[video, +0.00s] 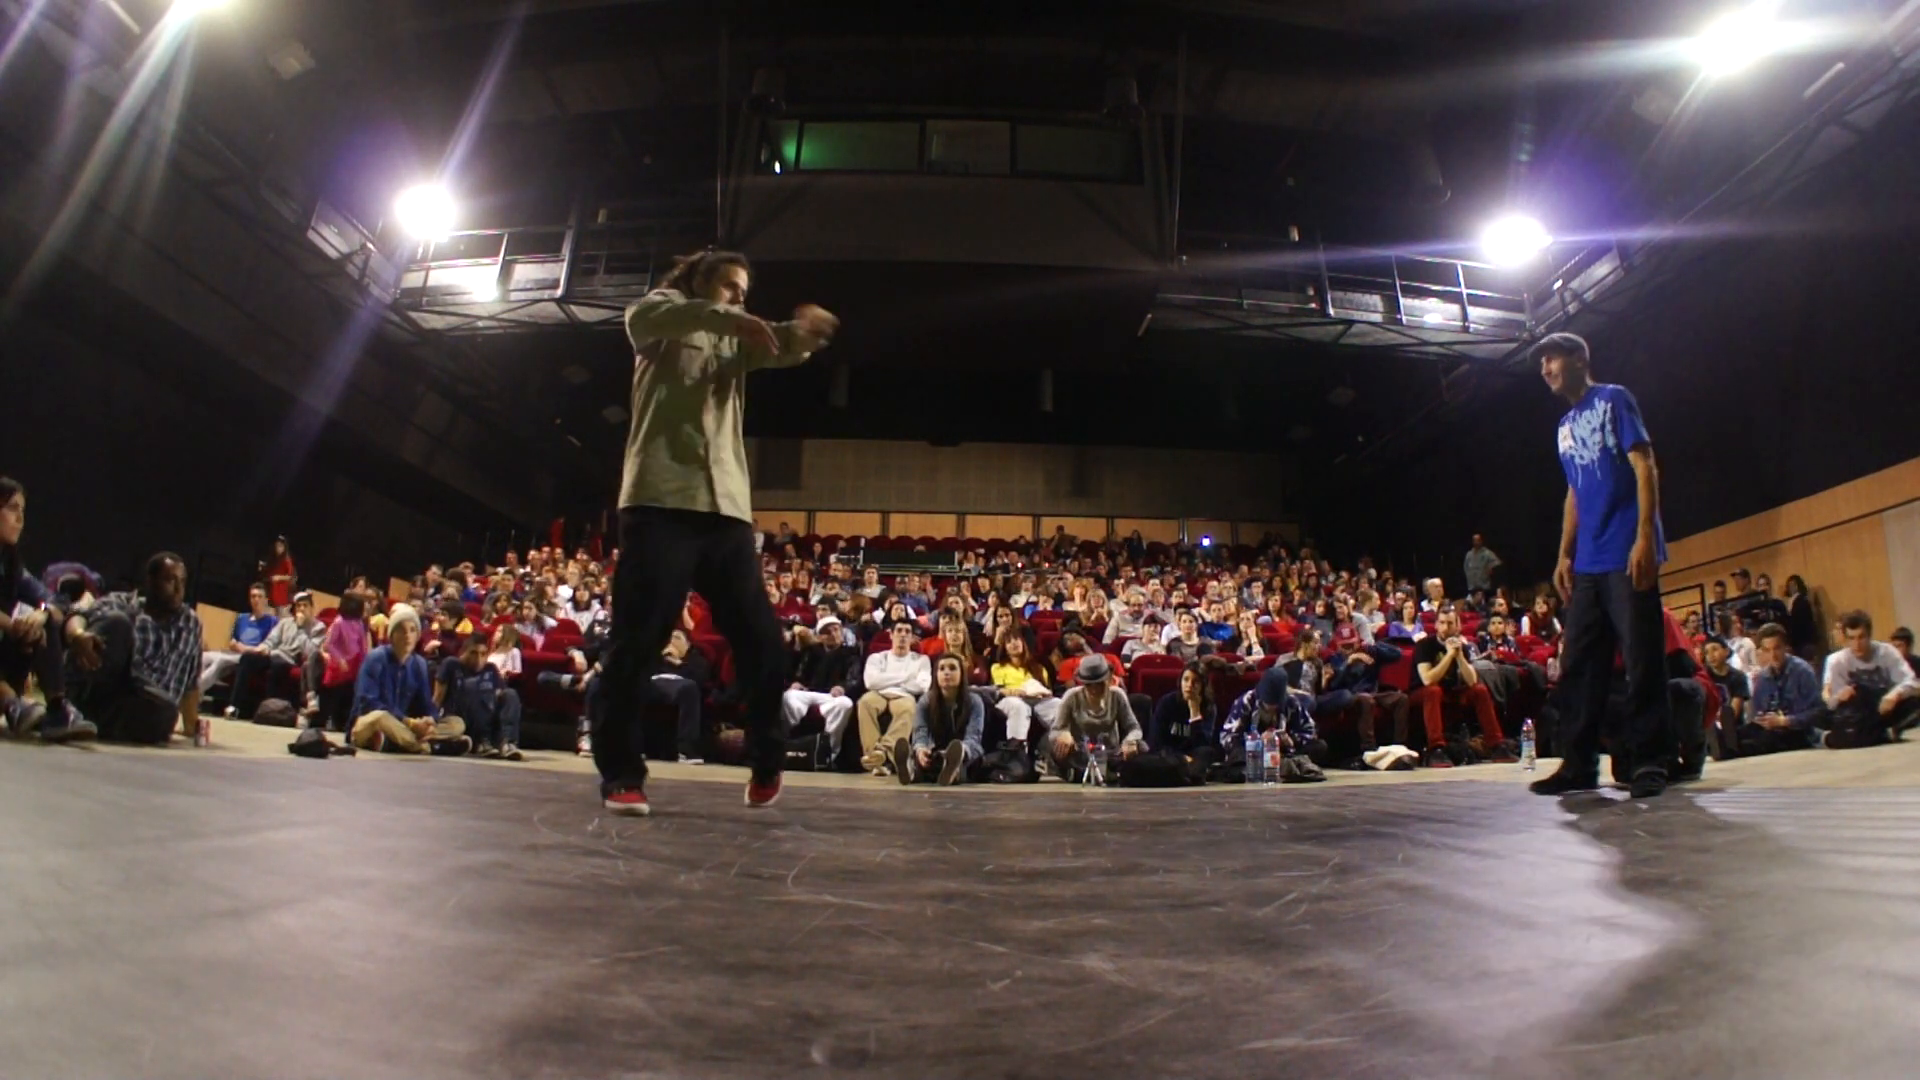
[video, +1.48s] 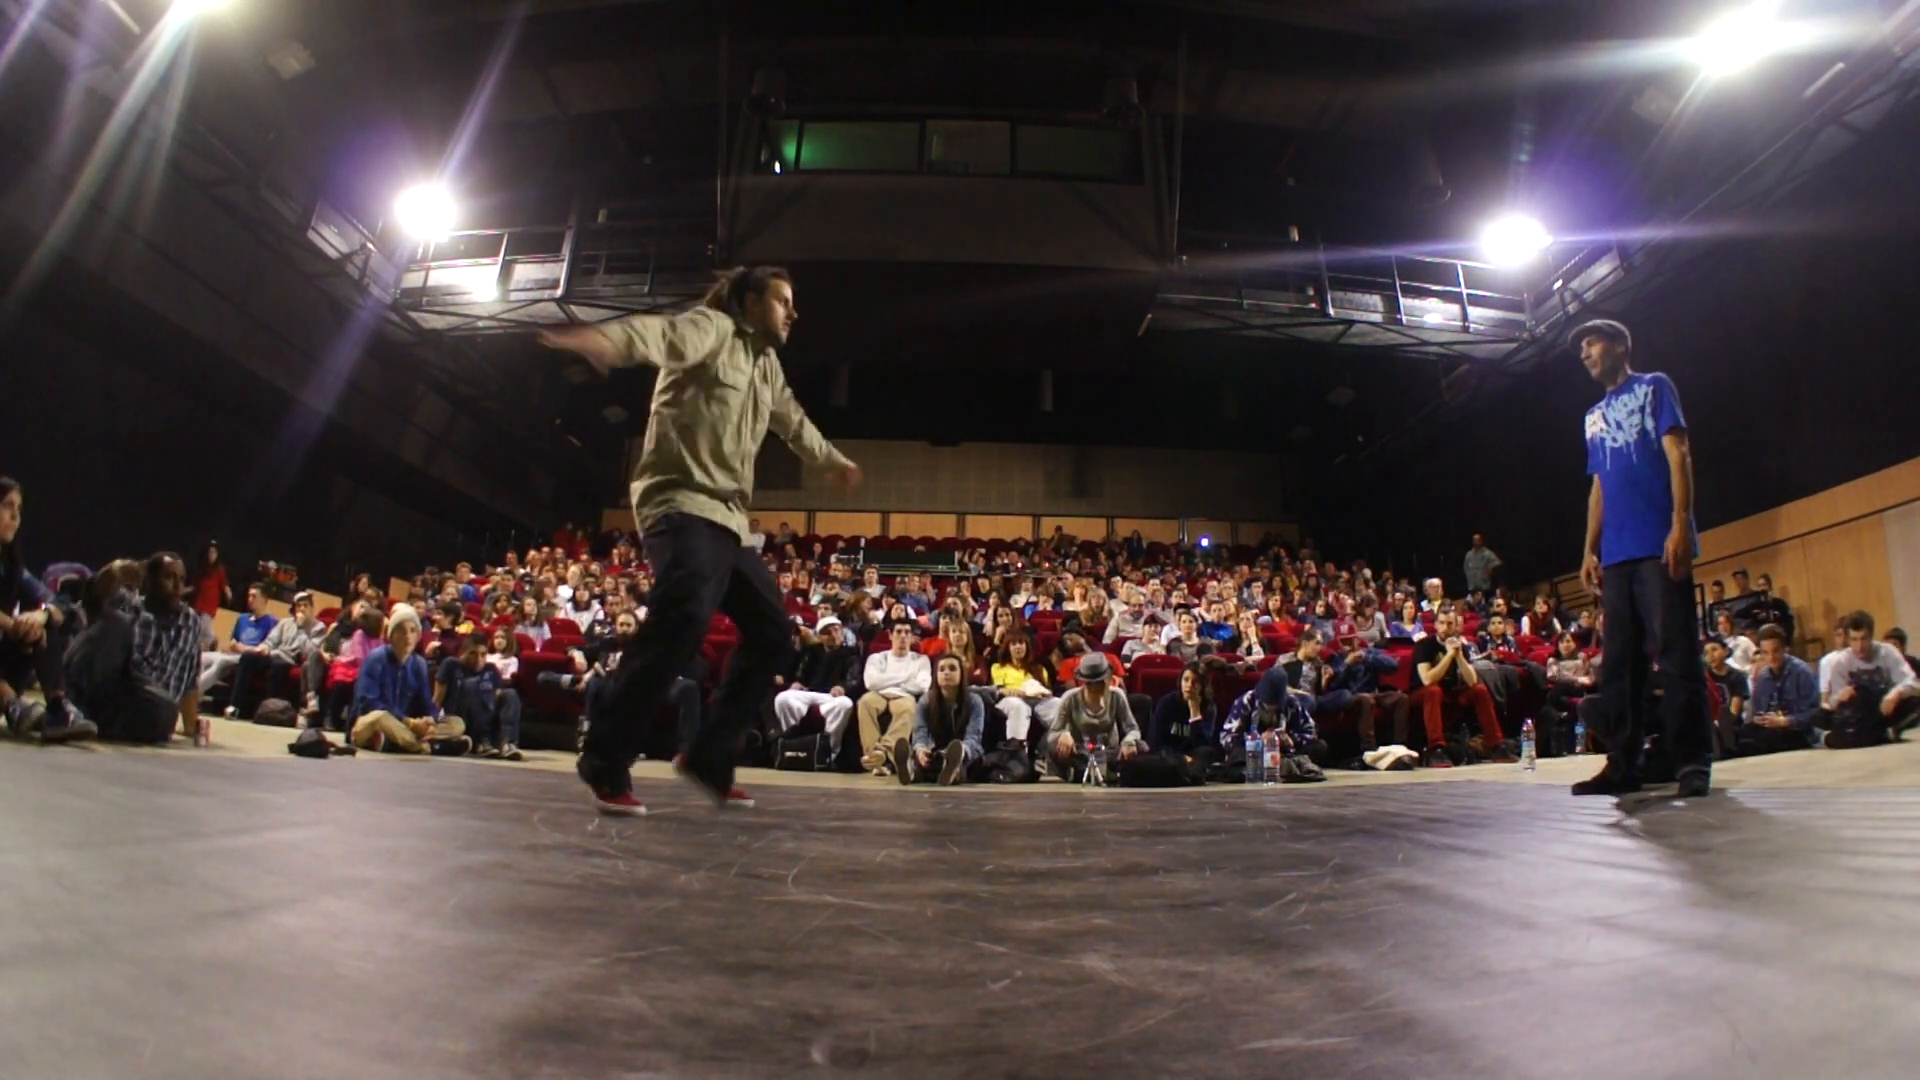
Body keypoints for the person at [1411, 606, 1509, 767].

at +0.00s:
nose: (1445, 627)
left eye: (1450, 623)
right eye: (1442, 623)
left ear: (1457, 626)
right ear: (1436, 625)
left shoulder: (1462, 646)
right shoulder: (1424, 645)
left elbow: (1472, 681)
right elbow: (1427, 678)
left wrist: (1459, 654)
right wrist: (1450, 655)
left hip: (1455, 692)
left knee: (1480, 690)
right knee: (1433, 691)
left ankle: (1497, 745)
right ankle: (1437, 749)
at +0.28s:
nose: (1445, 627)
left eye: (1450, 623)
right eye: (1441, 623)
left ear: (1457, 625)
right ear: (1436, 624)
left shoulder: (1462, 646)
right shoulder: (1424, 645)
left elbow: (1472, 681)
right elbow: (1427, 678)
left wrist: (1459, 655)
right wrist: (1449, 655)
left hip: (1454, 691)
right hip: (1427, 693)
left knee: (1480, 690)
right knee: (1433, 691)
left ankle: (1497, 745)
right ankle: (1436, 749)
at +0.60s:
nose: (1445, 628)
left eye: (1450, 623)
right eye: (1441, 623)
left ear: (1457, 626)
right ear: (1436, 624)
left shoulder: (1462, 646)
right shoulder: (1424, 645)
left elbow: (1471, 681)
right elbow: (1427, 678)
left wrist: (1459, 655)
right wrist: (1449, 655)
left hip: (1455, 692)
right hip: (1428, 693)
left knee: (1480, 690)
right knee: (1433, 691)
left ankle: (1497, 745)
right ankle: (1436, 749)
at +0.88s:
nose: (1445, 628)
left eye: (1450, 623)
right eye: (1441, 623)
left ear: (1457, 625)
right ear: (1436, 625)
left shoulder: (1462, 646)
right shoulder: (1424, 645)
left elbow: (1472, 681)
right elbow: (1427, 678)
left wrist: (1459, 654)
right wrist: (1449, 655)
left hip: (1455, 692)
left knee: (1480, 691)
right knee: (1433, 691)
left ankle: (1497, 745)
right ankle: (1437, 749)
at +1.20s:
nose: (1445, 628)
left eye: (1450, 623)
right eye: (1441, 623)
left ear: (1457, 626)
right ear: (1436, 624)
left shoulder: (1462, 646)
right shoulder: (1424, 646)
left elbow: (1471, 681)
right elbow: (1427, 678)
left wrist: (1459, 654)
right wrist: (1449, 655)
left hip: (1454, 693)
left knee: (1480, 691)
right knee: (1433, 691)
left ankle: (1497, 745)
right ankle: (1437, 749)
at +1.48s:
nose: (1445, 628)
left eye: (1450, 624)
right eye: (1441, 623)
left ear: (1456, 626)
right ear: (1435, 624)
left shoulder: (1461, 646)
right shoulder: (1424, 646)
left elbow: (1471, 681)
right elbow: (1427, 678)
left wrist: (1458, 655)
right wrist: (1449, 655)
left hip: (1455, 692)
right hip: (1429, 694)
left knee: (1481, 691)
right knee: (1433, 691)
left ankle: (1497, 746)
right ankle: (1436, 749)